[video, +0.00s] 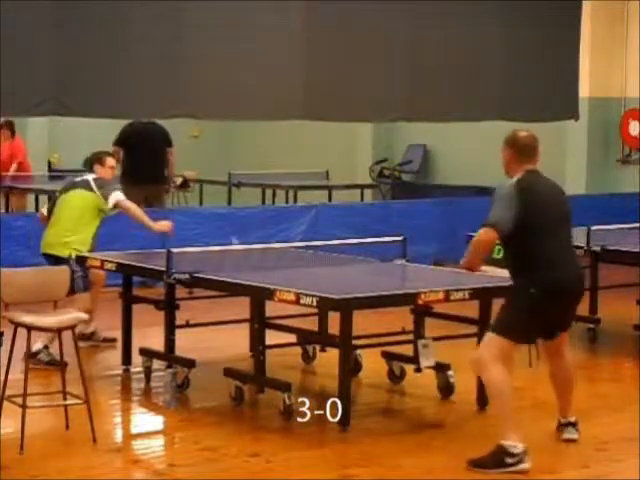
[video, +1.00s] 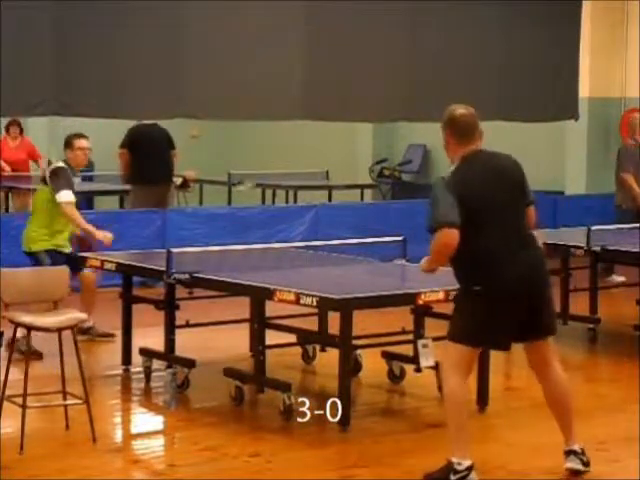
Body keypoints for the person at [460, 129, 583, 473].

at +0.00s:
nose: (503, 161)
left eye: (503, 156)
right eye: (504, 155)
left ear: (509, 157)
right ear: (536, 155)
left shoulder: (512, 190)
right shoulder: (554, 189)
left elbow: (486, 238)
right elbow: (554, 237)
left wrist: (469, 265)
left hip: (537, 285)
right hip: (570, 281)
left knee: (489, 356)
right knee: (556, 346)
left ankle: (511, 446)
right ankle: (567, 420)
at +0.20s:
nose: (490, 158)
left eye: (491, 152)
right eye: (492, 152)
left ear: (497, 153)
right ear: (526, 154)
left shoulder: (496, 184)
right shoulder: (549, 187)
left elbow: (471, 235)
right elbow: (559, 236)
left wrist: (463, 264)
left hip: (518, 283)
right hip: (562, 280)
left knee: (476, 355)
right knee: (564, 354)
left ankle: (503, 443)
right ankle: (575, 432)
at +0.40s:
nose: (478, 180)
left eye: (479, 175)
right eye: (481, 175)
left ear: (484, 175)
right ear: (513, 175)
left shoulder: (485, 207)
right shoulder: (539, 206)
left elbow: (466, 257)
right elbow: (570, 260)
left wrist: (448, 283)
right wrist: (564, 295)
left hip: (513, 299)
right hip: (559, 295)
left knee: (467, 368)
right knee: (566, 360)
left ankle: (468, 457)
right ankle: (587, 437)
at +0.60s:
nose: (477, 178)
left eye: (477, 173)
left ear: (481, 173)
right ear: (511, 173)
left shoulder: (471, 207)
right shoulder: (536, 204)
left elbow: (456, 260)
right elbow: (567, 258)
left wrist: (446, 293)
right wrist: (577, 280)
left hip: (499, 308)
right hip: (547, 304)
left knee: (447, 377)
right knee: (558, 362)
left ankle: (466, 458)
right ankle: (587, 437)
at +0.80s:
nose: (489, 153)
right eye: (488, 147)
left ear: (455, 155)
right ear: (487, 148)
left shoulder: (449, 193)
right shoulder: (514, 179)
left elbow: (432, 250)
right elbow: (537, 233)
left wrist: (436, 271)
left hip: (482, 297)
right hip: (529, 292)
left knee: (449, 377)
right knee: (553, 369)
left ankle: (460, 460)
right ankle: (580, 445)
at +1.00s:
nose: (444, 144)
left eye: (444, 139)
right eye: (446, 138)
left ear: (448, 139)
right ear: (481, 136)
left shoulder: (451, 181)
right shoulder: (510, 165)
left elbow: (448, 238)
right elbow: (530, 218)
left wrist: (432, 262)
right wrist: (499, 235)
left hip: (484, 285)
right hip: (529, 278)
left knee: (454, 370)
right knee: (547, 364)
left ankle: (460, 461)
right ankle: (573, 448)